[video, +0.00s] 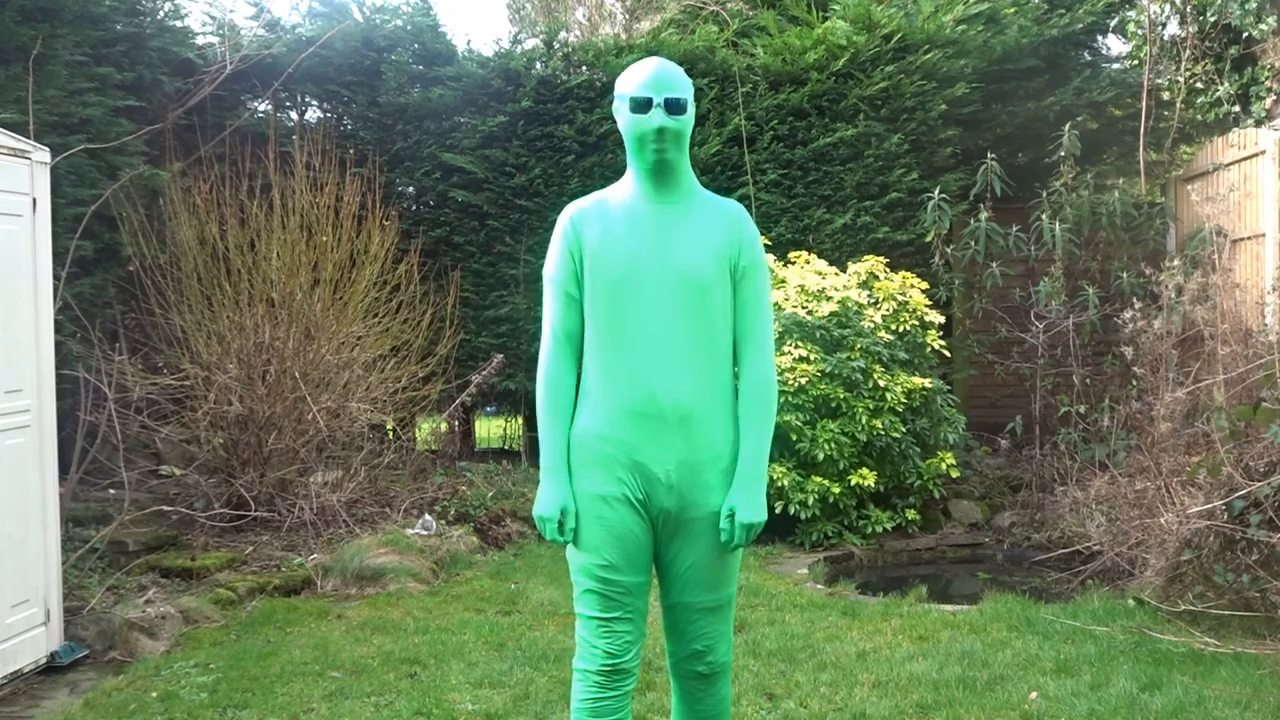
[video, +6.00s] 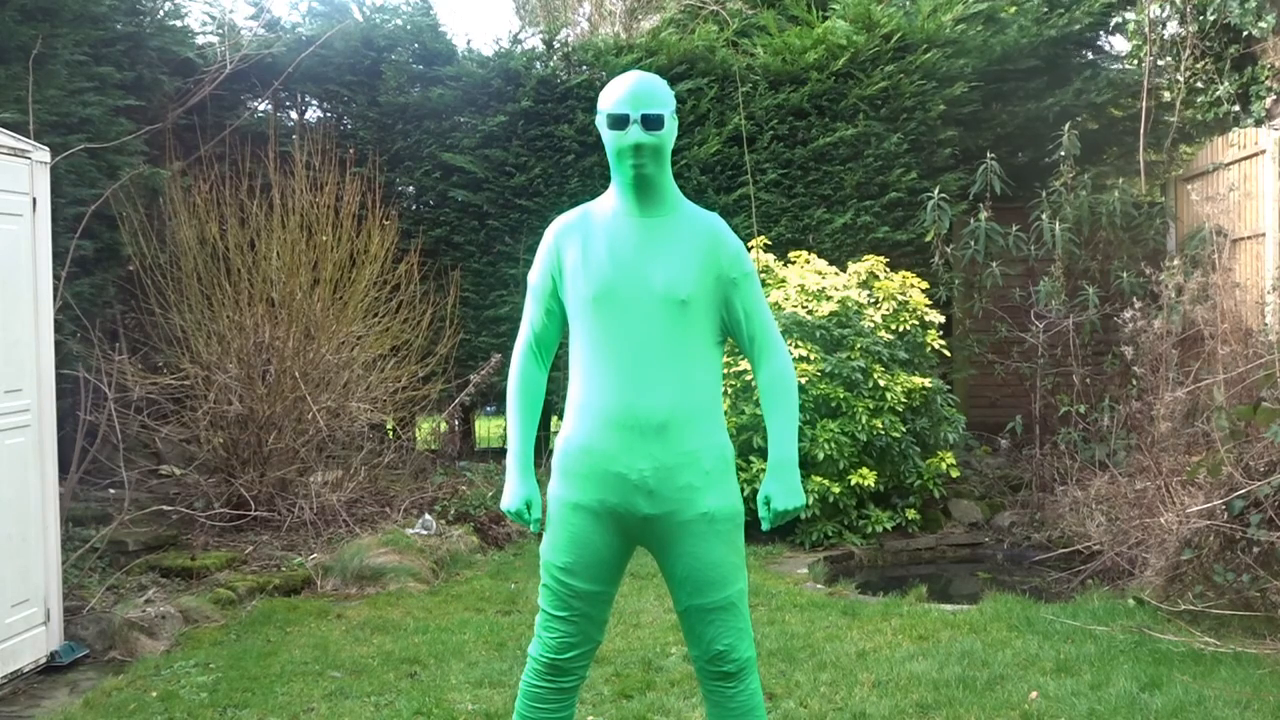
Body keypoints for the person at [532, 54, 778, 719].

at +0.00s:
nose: (658, 118)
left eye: (673, 105)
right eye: (641, 105)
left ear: (693, 118)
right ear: (618, 120)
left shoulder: (732, 224)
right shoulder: (581, 222)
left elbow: (757, 356)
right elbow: (558, 353)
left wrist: (752, 475)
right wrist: (553, 473)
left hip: (709, 472)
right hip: (603, 470)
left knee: (705, 667)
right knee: (605, 666)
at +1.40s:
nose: (583, 128)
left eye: (597, 116)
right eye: (566, 114)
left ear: (613, 128)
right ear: (539, 125)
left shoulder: (642, 232)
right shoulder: (496, 226)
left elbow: (666, 362)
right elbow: (462, 354)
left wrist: (681, 479)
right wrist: (475, 470)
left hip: (633, 476)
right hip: (526, 477)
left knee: (668, 658)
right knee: (520, 664)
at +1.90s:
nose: (608, 138)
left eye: (622, 124)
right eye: (590, 125)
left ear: (642, 135)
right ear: (568, 140)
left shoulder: (684, 241)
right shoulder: (536, 241)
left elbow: (739, 354)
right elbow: (486, 358)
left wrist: (775, 459)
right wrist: (458, 474)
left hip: (681, 486)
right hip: (568, 487)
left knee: (721, 665)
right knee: (538, 673)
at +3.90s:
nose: (637, 135)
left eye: (652, 120)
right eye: (621, 122)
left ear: (674, 128)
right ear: (602, 134)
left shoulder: (714, 238)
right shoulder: (567, 236)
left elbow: (771, 352)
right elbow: (532, 352)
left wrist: (785, 466)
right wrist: (518, 468)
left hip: (699, 486)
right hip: (588, 485)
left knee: (729, 669)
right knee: (554, 667)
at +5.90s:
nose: (637, 135)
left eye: (652, 121)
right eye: (621, 122)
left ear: (673, 130)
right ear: (601, 133)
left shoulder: (713, 238)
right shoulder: (567, 236)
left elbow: (769, 352)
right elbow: (532, 354)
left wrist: (784, 464)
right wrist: (518, 468)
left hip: (698, 485)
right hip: (587, 483)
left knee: (729, 668)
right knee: (554, 666)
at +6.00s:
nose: (637, 135)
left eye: (652, 121)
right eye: (621, 122)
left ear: (673, 130)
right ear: (601, 133)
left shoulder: (713, 238)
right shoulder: (567, 236)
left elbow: (769, 352)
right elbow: (531, 354)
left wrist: (784, 464)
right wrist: (518, 468)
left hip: (698, 485)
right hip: (587, 483)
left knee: (729, 668)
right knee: (554, 666)